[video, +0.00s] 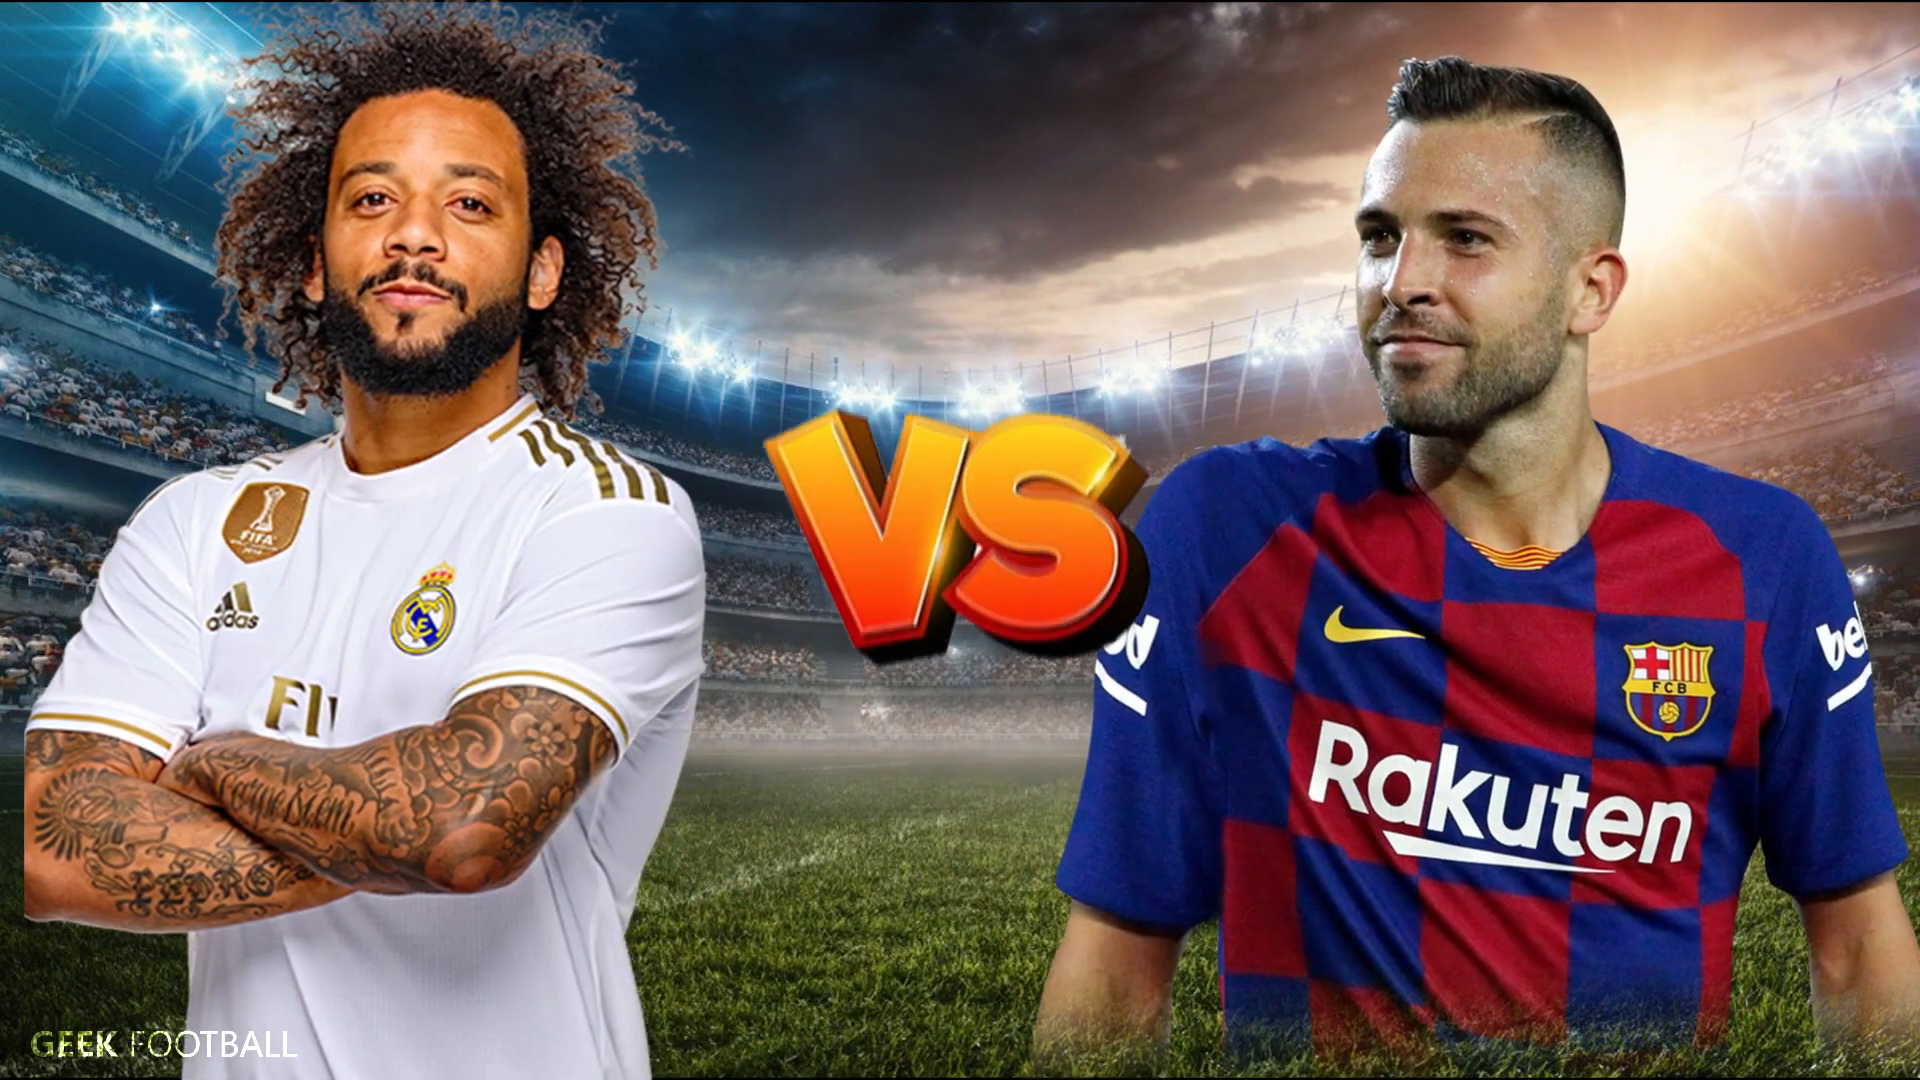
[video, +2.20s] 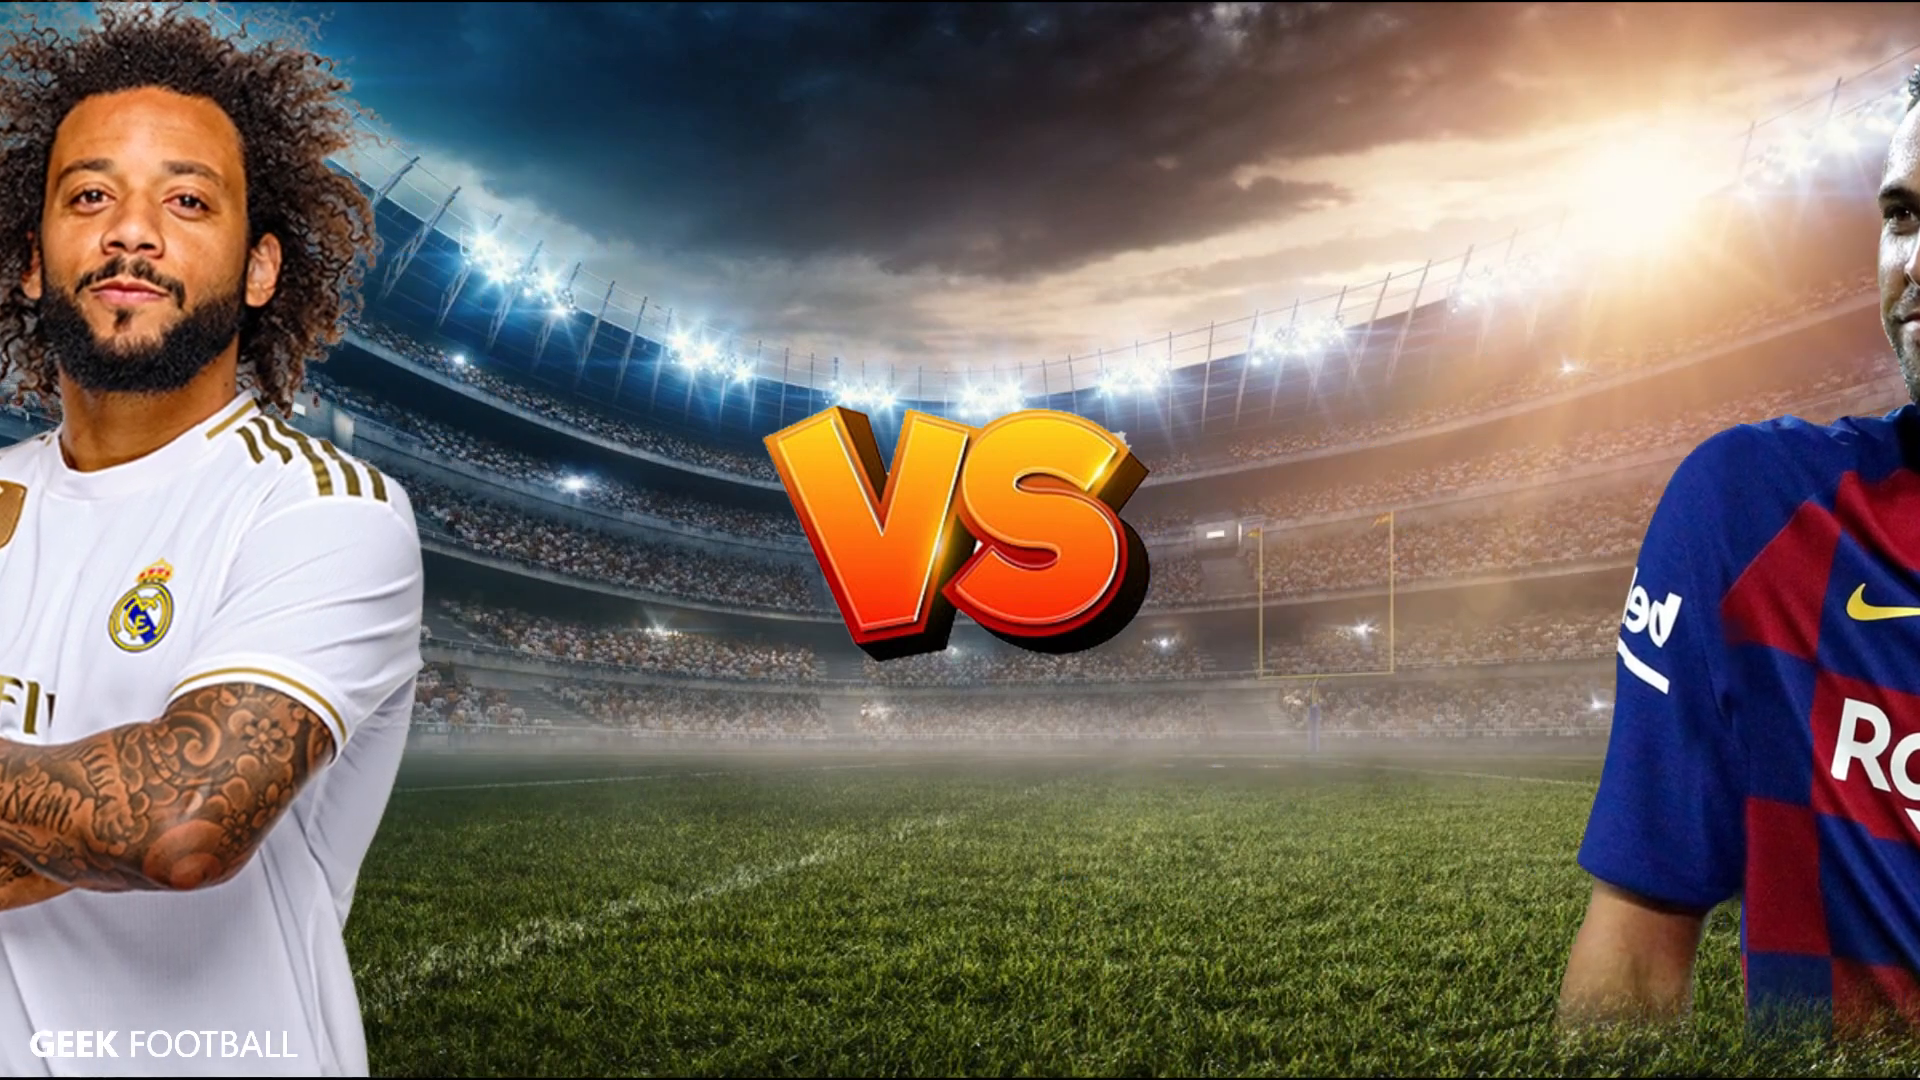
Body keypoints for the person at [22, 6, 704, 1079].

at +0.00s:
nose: (415, 238)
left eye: (471, 204)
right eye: (372, 199)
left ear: (539, 273)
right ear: (319, 259)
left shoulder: (614, 517)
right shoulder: (194, 522)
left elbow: (468, 825)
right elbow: (67, 857)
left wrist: (205, 760)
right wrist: (389, 830)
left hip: (526, 1064)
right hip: (246, 1063)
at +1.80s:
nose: (294, 234)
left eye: (349, 202)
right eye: (251, 200)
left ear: (418, 270)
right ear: (196, 261)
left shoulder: (492, 514)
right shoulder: (68, 522)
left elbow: (347, 825)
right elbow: (10, 868)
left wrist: (77, 759)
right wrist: (269, 820)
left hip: (400, 1062)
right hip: (125, 1062)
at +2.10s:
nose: (178, 236)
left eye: (235, 201)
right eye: (137, 198)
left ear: (305, 268)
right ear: (85, 256)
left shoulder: (379, 514)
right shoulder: (11, 502)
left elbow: (230, 820)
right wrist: (171, 813)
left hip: (286, 1060)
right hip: (28, 1058)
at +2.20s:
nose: (130, 232)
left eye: (186, 200)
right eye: (89, 198)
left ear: (256, 268)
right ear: (36, 258)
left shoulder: (330, 514)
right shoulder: (5, 492)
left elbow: (185, 820)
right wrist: (108, 809)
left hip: (237, 1057)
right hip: (18, 1053)